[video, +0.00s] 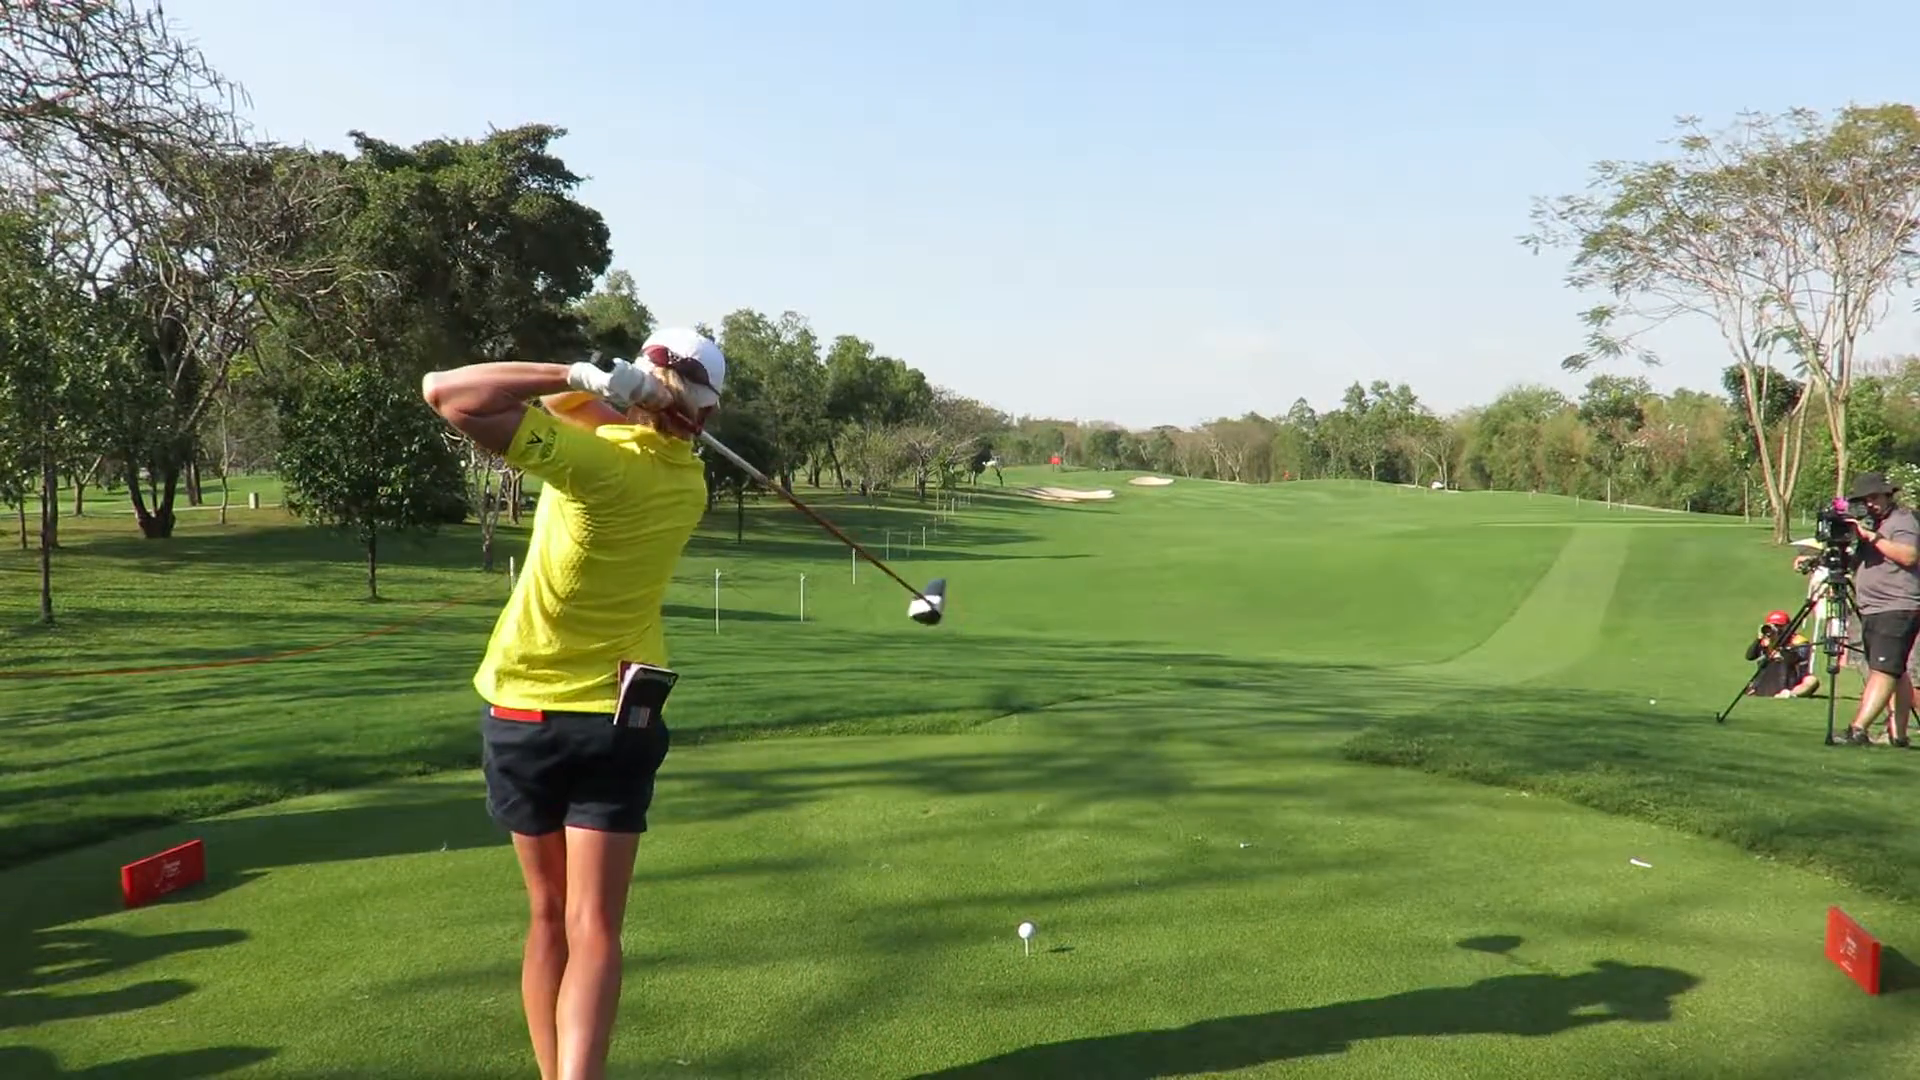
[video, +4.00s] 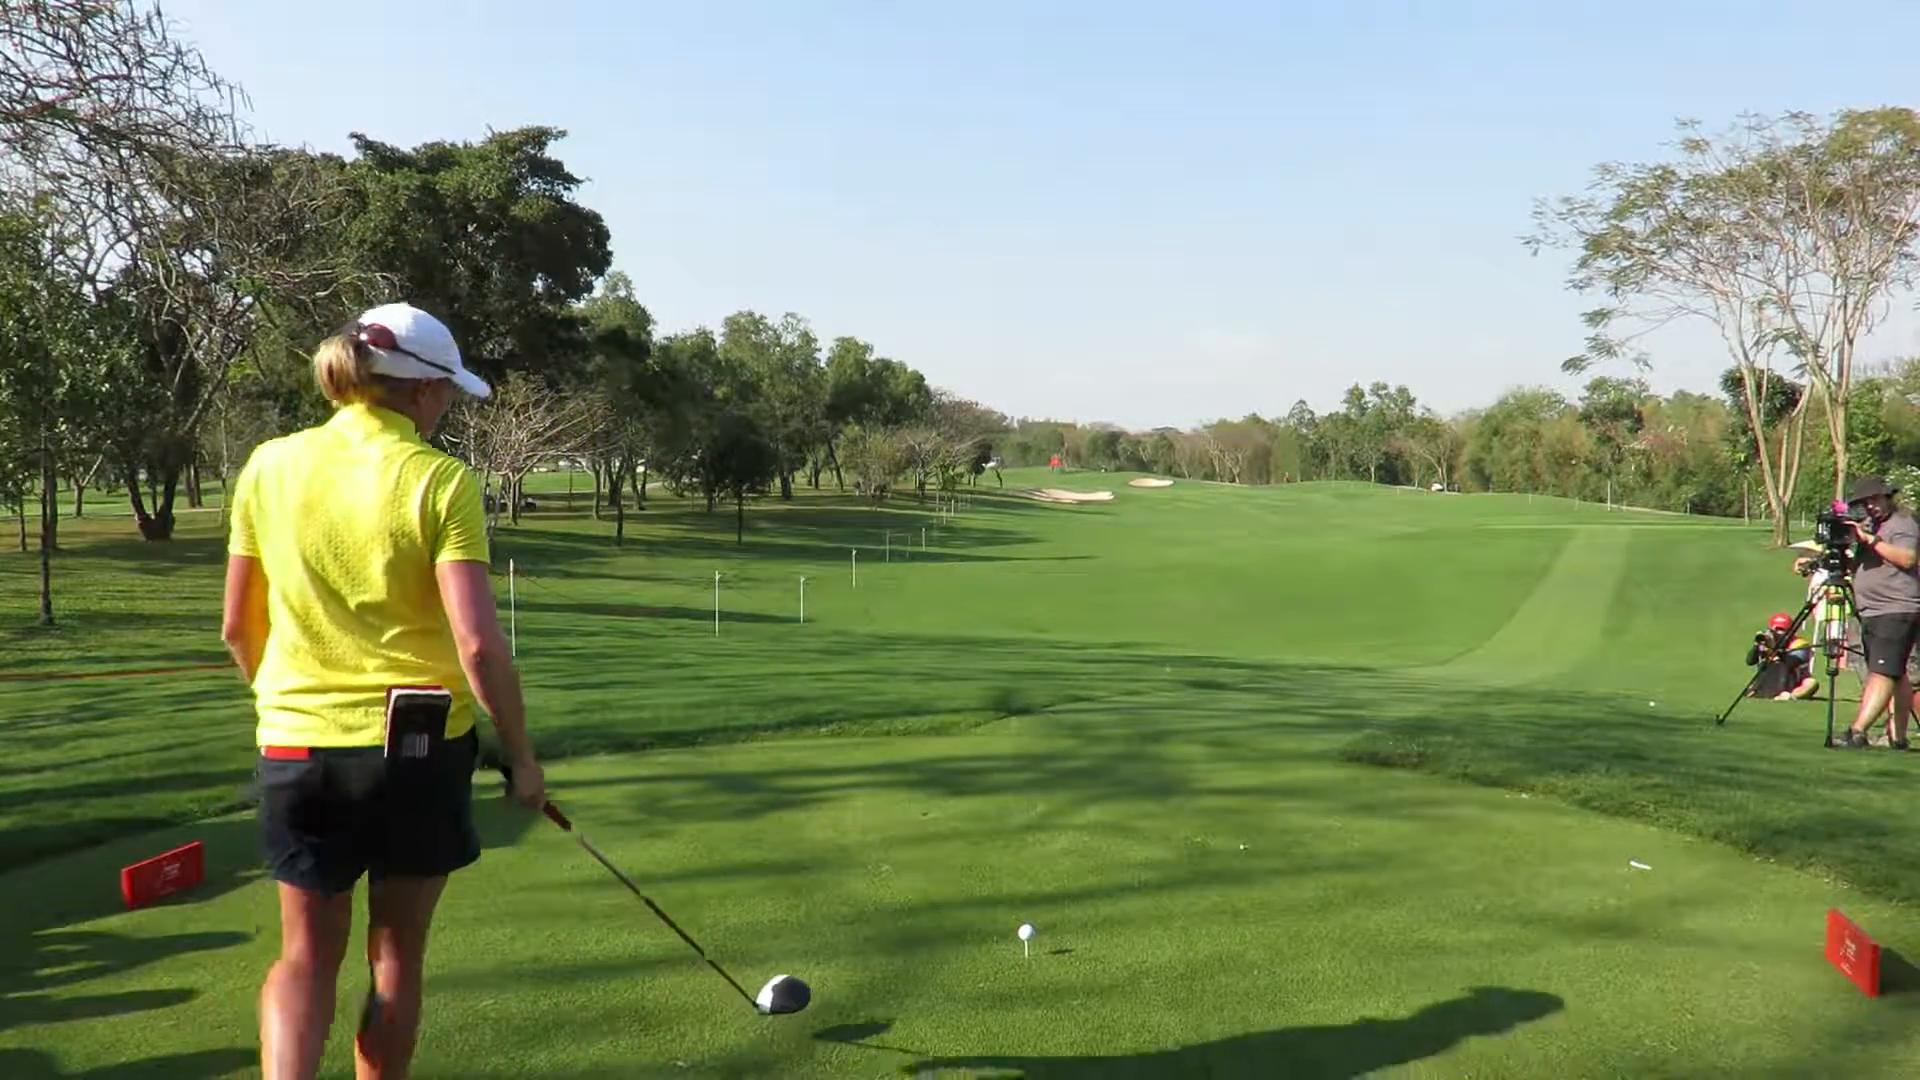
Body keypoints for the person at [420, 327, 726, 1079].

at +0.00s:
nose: (699, 407)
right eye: (702, 396)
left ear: (638, 387)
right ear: (698, 413)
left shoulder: (591, 457)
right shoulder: (688, 482)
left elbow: (449, 392)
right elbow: (578, 416)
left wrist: (585, 377)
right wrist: (634, 393)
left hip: (524, 714)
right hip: (619, 715)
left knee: (546, 915)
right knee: (596, 921)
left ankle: (554, 1071)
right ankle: (578, 1073)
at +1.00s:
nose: (692, 376)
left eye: (689, 360)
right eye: (692, 362)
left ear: (590, 351)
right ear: (681, 368)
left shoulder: (514, 444)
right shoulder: (716, 472)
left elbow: (464, 587)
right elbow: (701, 570)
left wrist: (546, 520)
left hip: (537, 757)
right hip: (656, 763)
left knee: (573, 951)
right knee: (639, 1009)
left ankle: (564, 1077)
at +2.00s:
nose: (593, 345)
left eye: (593, 320)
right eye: (594, 323)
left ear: (459, 309)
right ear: (576, 326)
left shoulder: (343, 444)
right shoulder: (610, 470)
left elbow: (198, 643)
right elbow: (676, 727)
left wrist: (338, 743)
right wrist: (642, 783)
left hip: (365, 892)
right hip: (536, 902)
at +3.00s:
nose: (536, 355)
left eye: (538, 331)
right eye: (537, 332)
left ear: (392, 313)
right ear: (518, 334)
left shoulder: (270, 460)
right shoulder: (547, 474)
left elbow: (165, 701)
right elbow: (609, 751)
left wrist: (207, 879)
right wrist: (616, 895)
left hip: (301, 916)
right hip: (478, 919)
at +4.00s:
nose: (448, 408)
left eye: (450, 394)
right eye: (446, 393)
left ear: (351, 379)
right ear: (422, 389)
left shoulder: (266, 467)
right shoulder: (438, 479)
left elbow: (240, 628)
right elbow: (478, 646)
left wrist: (289, 702)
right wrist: (521, 754)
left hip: (297, 758)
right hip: (416, 758)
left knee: (301, 955)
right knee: (396, 959)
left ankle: (286, 1075)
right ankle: (379, 1077)